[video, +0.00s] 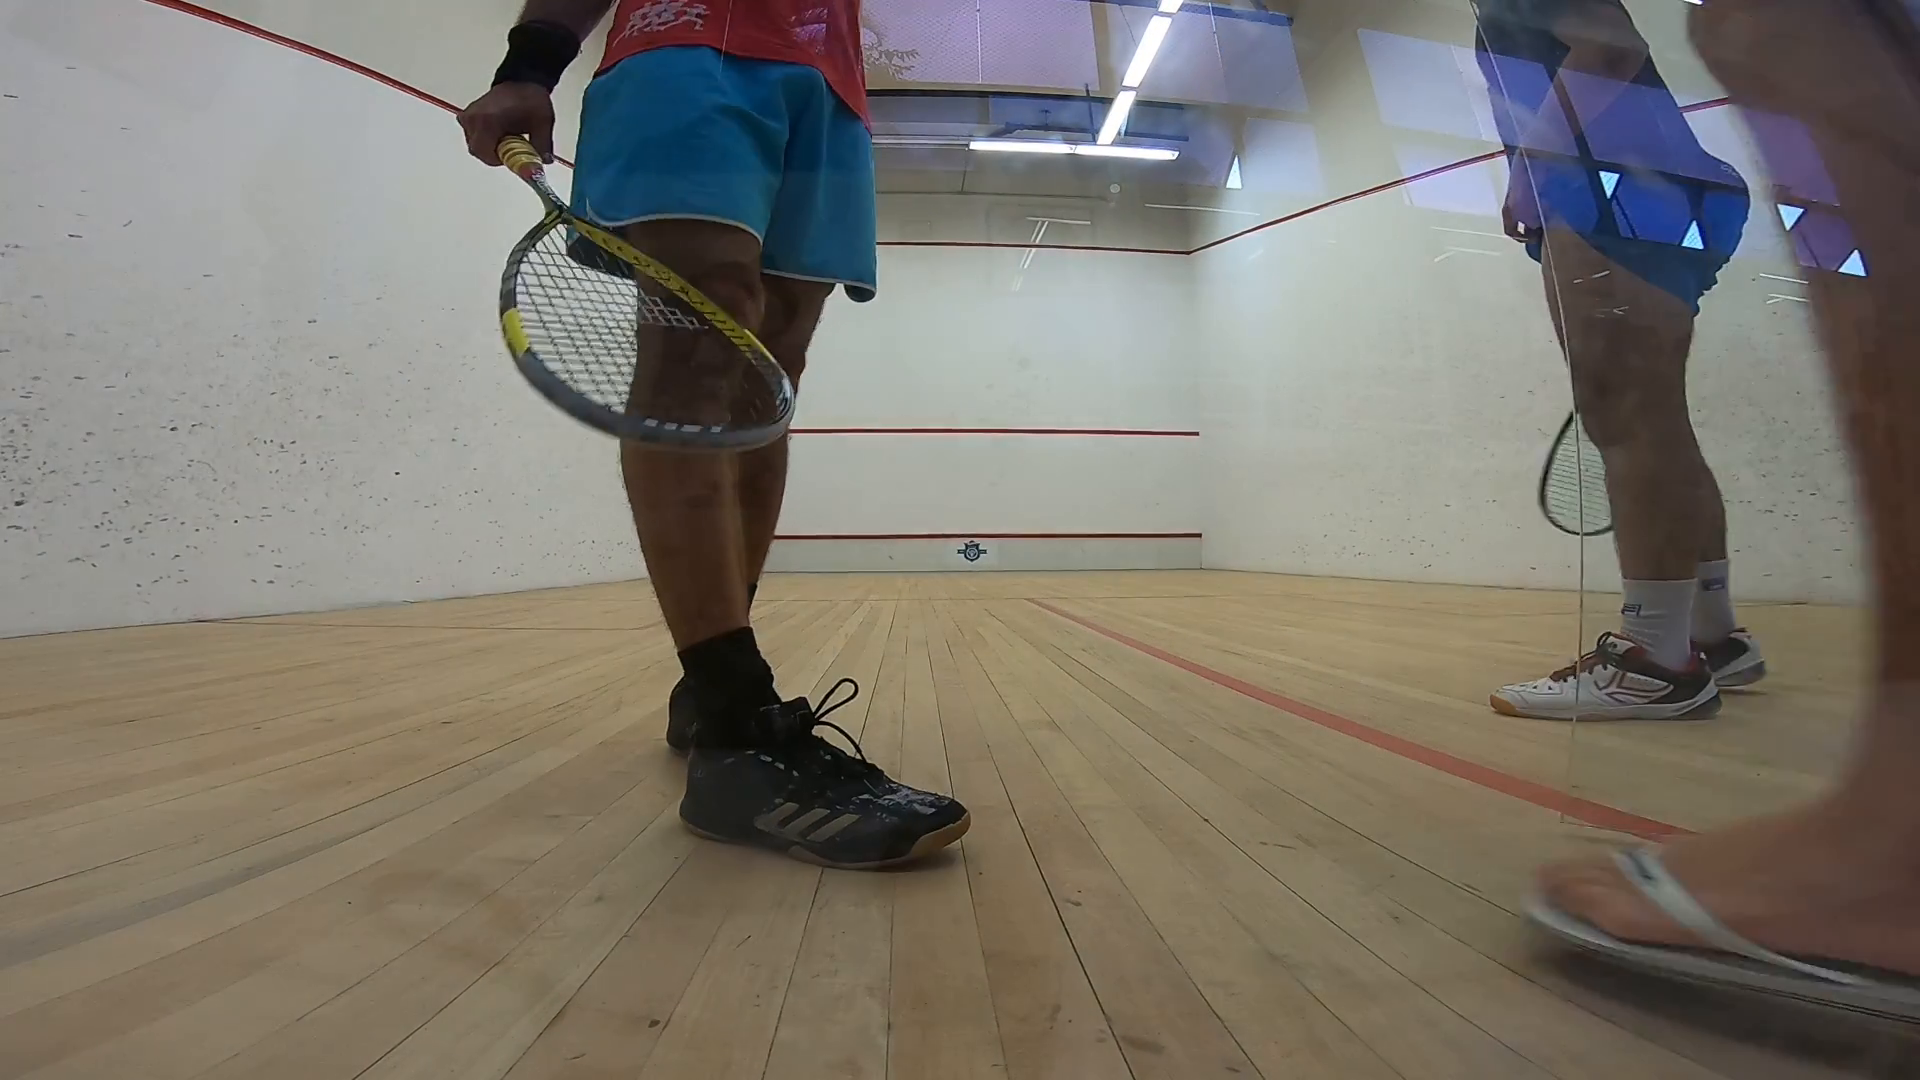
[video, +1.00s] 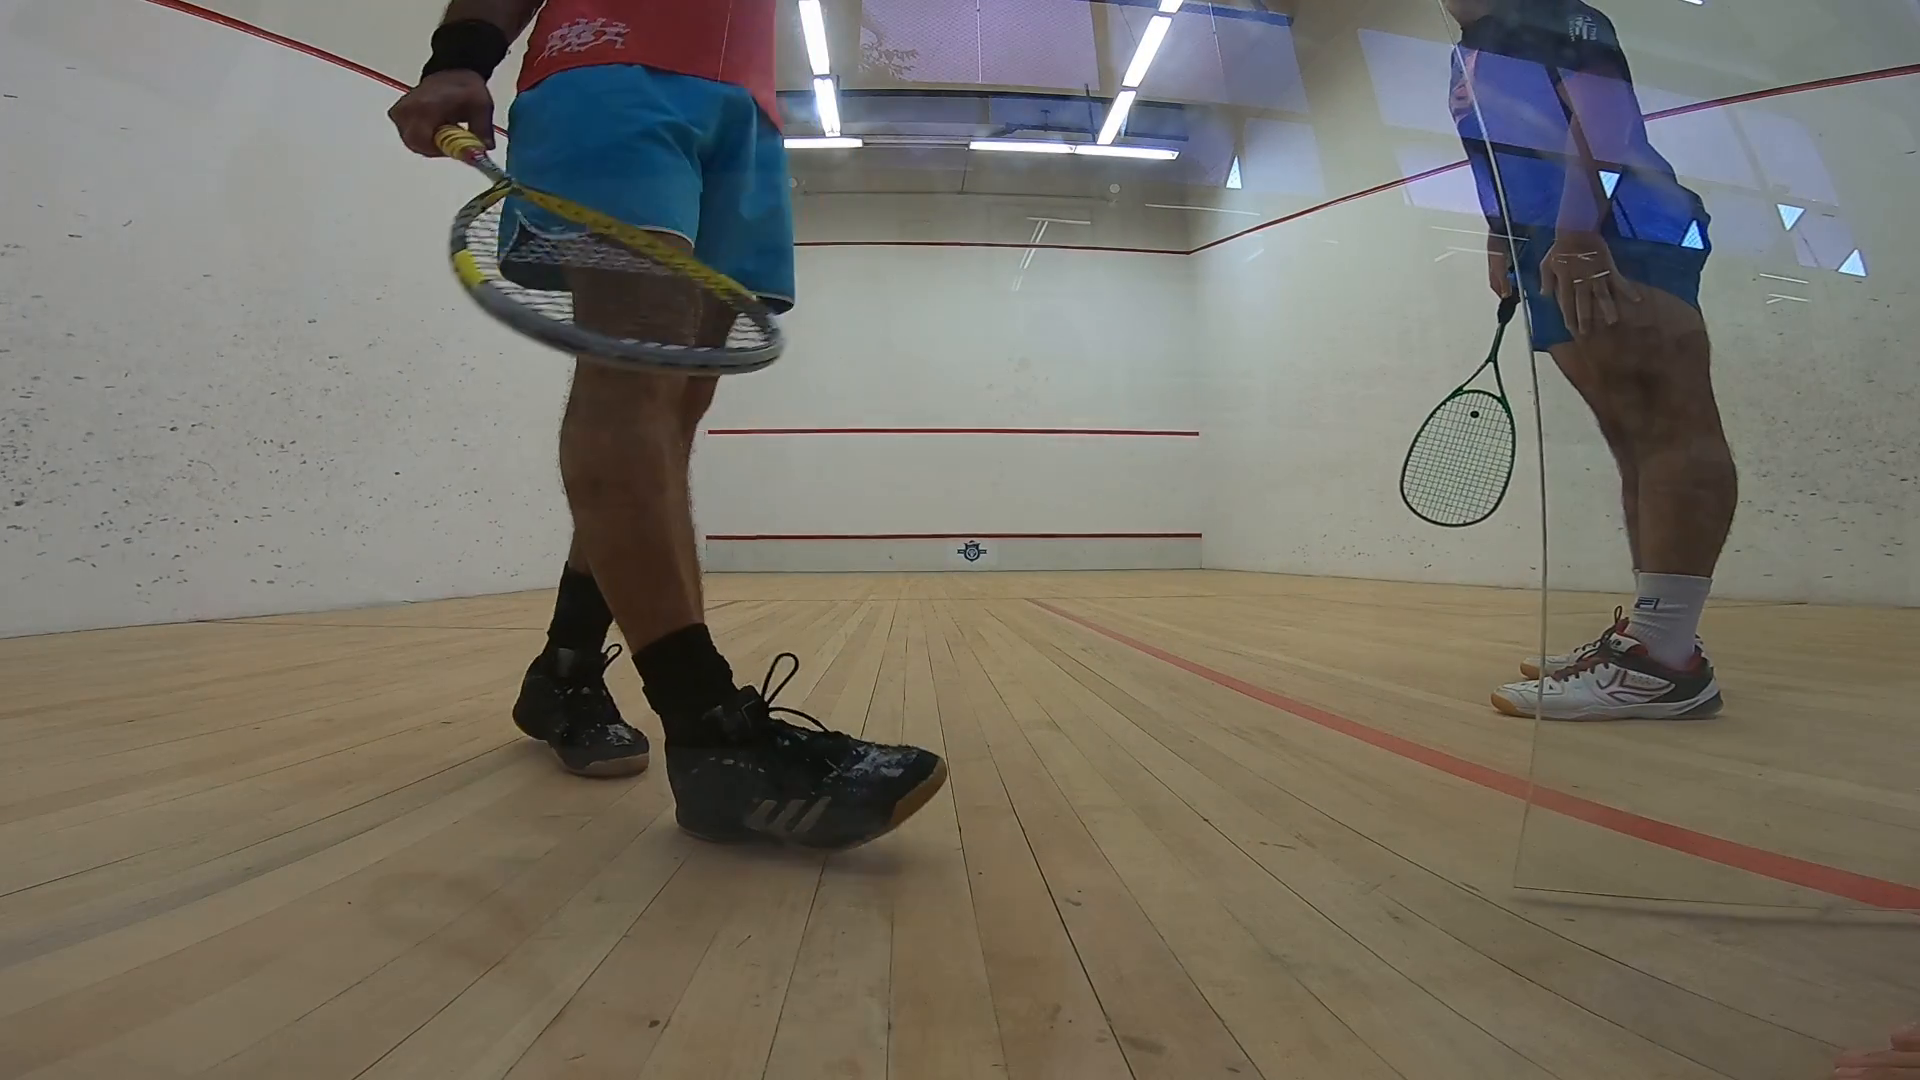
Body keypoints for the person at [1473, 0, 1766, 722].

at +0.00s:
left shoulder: (1536, 2)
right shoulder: (1507, 13)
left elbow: (1610, 43)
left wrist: (1531, 160)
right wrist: (1529, 173)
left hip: (1611, 197)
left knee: (1622, 412)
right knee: (1650, 415)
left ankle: (1658, 659)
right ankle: (1712, 636)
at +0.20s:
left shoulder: (1533, 2)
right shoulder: (1497, 23)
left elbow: (1616, 60)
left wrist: (1530, 174)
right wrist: (1521, 194)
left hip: (1618, 207)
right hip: (1569, 217)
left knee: (1670, 418)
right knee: (1607, 427)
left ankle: (1670, 659)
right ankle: (1647, 638)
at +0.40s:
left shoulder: (1550, 4)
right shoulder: (1503, 36)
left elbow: (1624, 74)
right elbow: (1536, 137)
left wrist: (1553, 188)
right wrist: (1525, 232)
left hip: (1607, 226)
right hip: (1569, 236)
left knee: (1652, 424)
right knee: (1622, 429)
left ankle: (1667, 659)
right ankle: (1649, 639)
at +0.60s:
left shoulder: (1553, 7)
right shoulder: (1486, 62)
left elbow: (1626, 85)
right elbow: (1521, 164)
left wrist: (1573, 204)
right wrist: (1502, 241)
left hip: (1616, 233)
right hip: (1563, 250)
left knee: (1668, 423)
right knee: (1626, 437)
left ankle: (1667, 656)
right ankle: (1654, 642)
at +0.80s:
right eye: (1455, 6)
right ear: (1468, 7)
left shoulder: (1549, 8)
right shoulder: (1475, 59)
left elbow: (1619, 83)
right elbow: (1514, 158)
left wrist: (1582, 216)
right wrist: (1499, 232)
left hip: (1618, 229)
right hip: (1557, 248)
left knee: (1671, 425)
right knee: (1628, 437)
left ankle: (1667, 657)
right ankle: (1657, 642)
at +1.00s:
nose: (1446, 3)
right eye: (1444, 6)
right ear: (1461, 8)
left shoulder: (1551, 15)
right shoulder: (1469, 57)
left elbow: (1605, 114)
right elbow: (1503, 155)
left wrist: (1579, 228)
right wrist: (1502, 241)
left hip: (1620, 233)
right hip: (1560, 253)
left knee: (1673, 430)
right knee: (1633, 441)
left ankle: (1667, 656)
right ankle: (1657, 642)